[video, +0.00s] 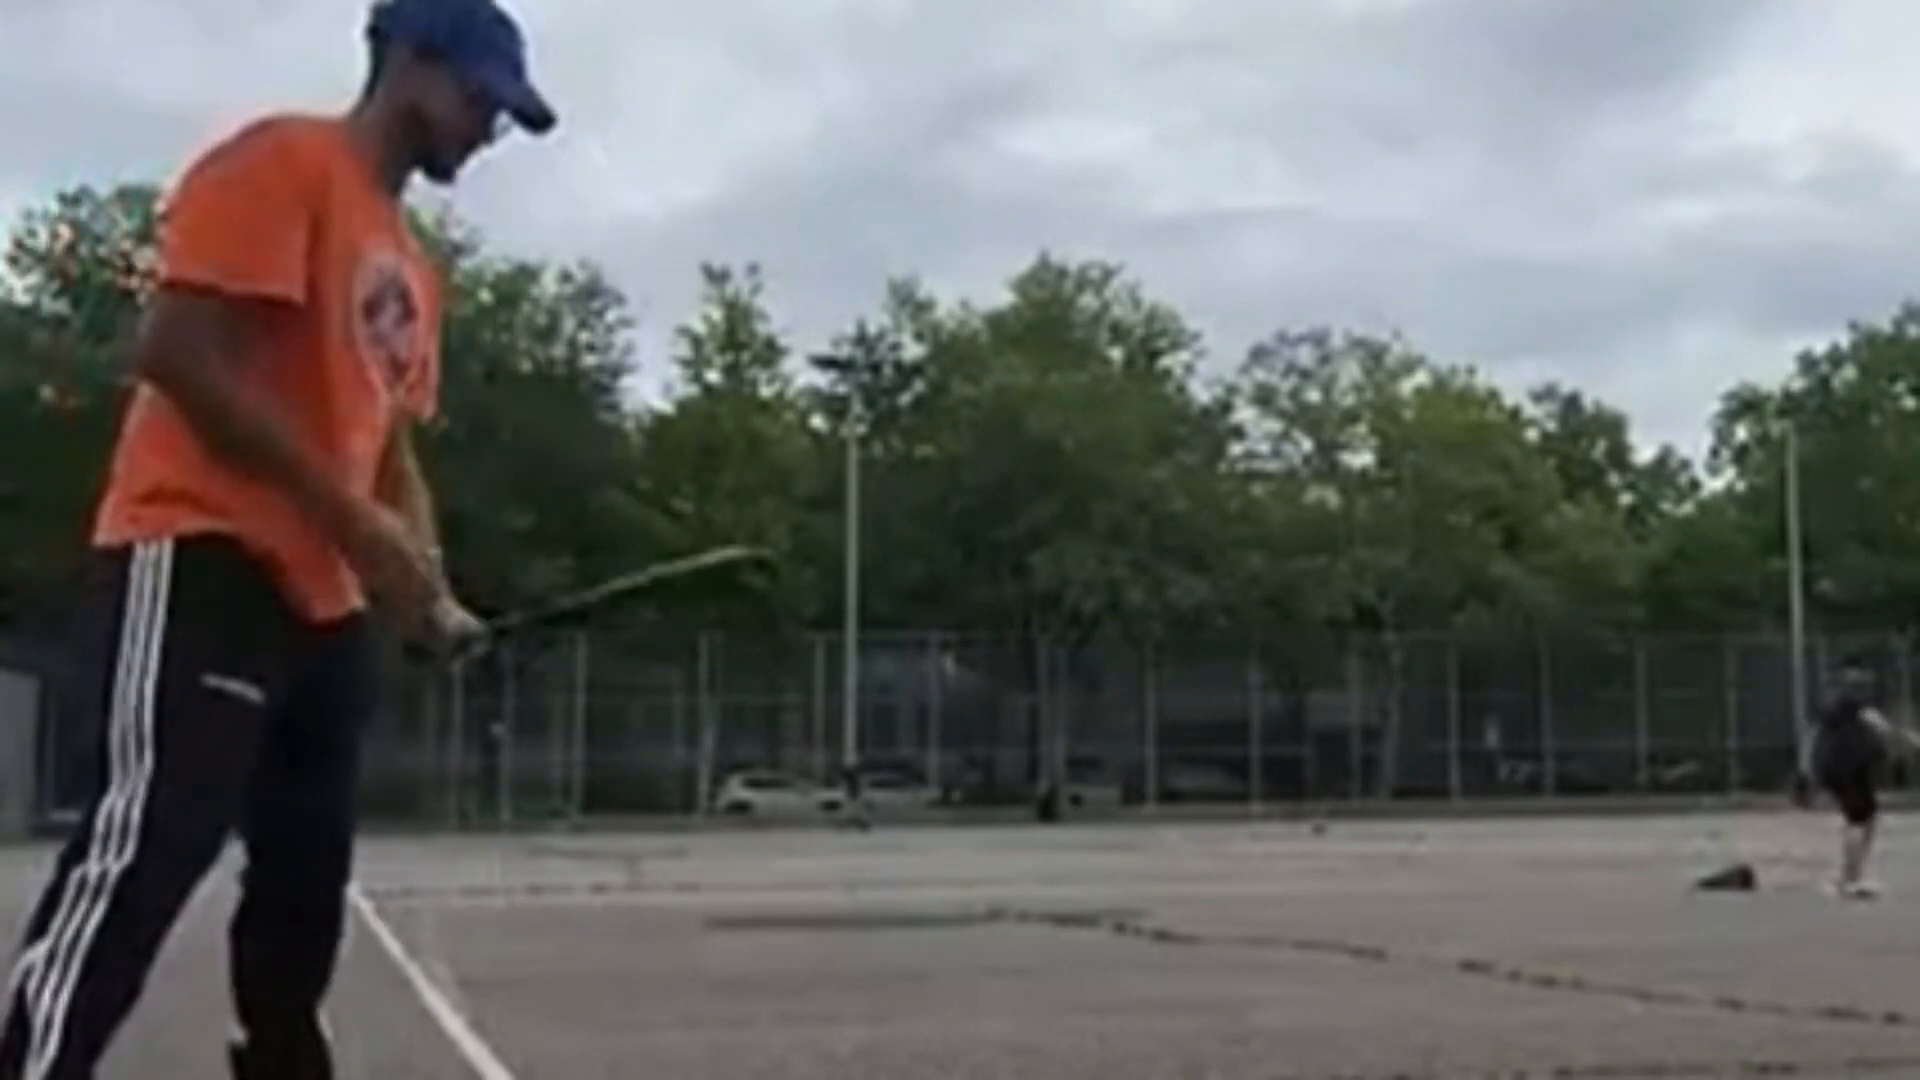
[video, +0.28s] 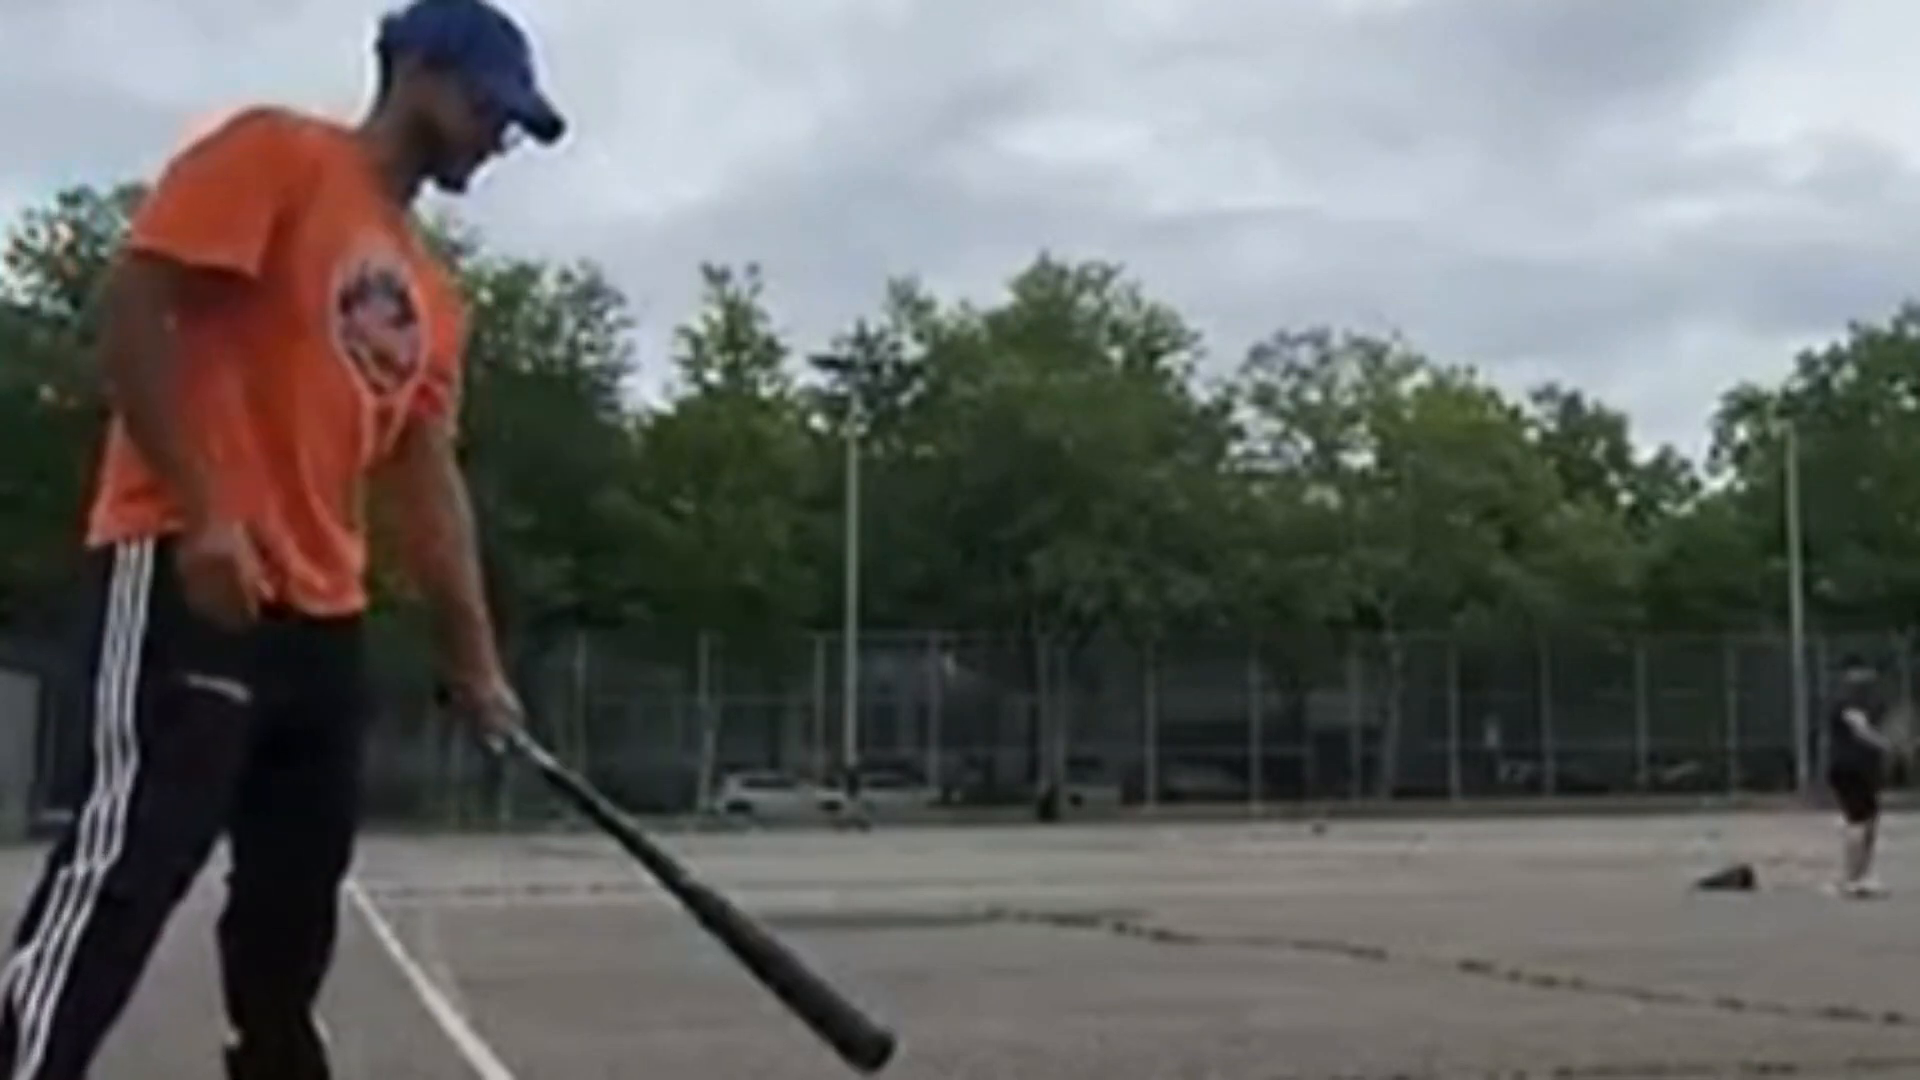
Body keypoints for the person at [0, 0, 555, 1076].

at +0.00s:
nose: (490, 130)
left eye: (502, 113)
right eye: (482, 100)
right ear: (414, 64)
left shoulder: (413, 267)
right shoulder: (285, 155)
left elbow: (391, 451)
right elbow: (175, 344)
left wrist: (420, 578)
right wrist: (361, 529)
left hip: (315, 580)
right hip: (198, 546)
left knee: (306, 856)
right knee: (153, 829)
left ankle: (279, 1053)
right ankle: (38, 1058)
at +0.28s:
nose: (503, 137)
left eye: (514, 121)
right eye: (493, 108)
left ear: (450, 101)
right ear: (420, 71)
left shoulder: (436, 294)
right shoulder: (275, 148)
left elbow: (426, 474)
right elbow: (133, 308)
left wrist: (476, 659)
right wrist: (197, 511)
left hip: (318, 602)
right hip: (186, 562)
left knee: (299, 867)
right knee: (131, 853)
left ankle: (273, 1049)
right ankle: (33, 1058)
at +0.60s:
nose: (177, 39)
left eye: (178, 21)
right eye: (157, 15)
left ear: (163, 32)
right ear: (89, 14)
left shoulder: (161, 159)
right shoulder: (15, 132)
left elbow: (278, 23)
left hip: (114, 565)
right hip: (27, 560)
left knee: (194, 880)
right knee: (186, 882)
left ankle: (216, 1068)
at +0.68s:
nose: (177, 39)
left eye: (177, 23)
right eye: (160, 15)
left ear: (166, 36)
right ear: (94, 12)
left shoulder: (161, 155)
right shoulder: (10, 123)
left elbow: (279, 20)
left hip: (103, 559)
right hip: (25, 554)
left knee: (204, 869)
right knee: (200, 871)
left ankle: (223, 1070)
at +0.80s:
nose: (185, 37)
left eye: (183, 17)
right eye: (164, 11)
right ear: (94, 14)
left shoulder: (166, 160)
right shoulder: (16, 130)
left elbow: (288, 24)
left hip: (99, 567)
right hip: (37, 565)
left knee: (202, 883)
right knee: (198, 885)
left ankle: (218, 1066)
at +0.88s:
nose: (196, 46)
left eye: (192, 22)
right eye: (175, 17)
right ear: (102, 20)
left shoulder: (168, 170)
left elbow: (302, 35)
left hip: (123, 577)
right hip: (36, 575)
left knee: (214, 890)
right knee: (210, 890)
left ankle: (216, 1066)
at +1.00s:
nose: (222, 59)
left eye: (218, 34)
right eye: (202, 28)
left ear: (139, 37)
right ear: (136, 28)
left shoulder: (200, 171)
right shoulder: (20, 148)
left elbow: (316, 40)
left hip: (168, 584)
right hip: (27, 582)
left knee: (251, 895)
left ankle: (226, 1067)